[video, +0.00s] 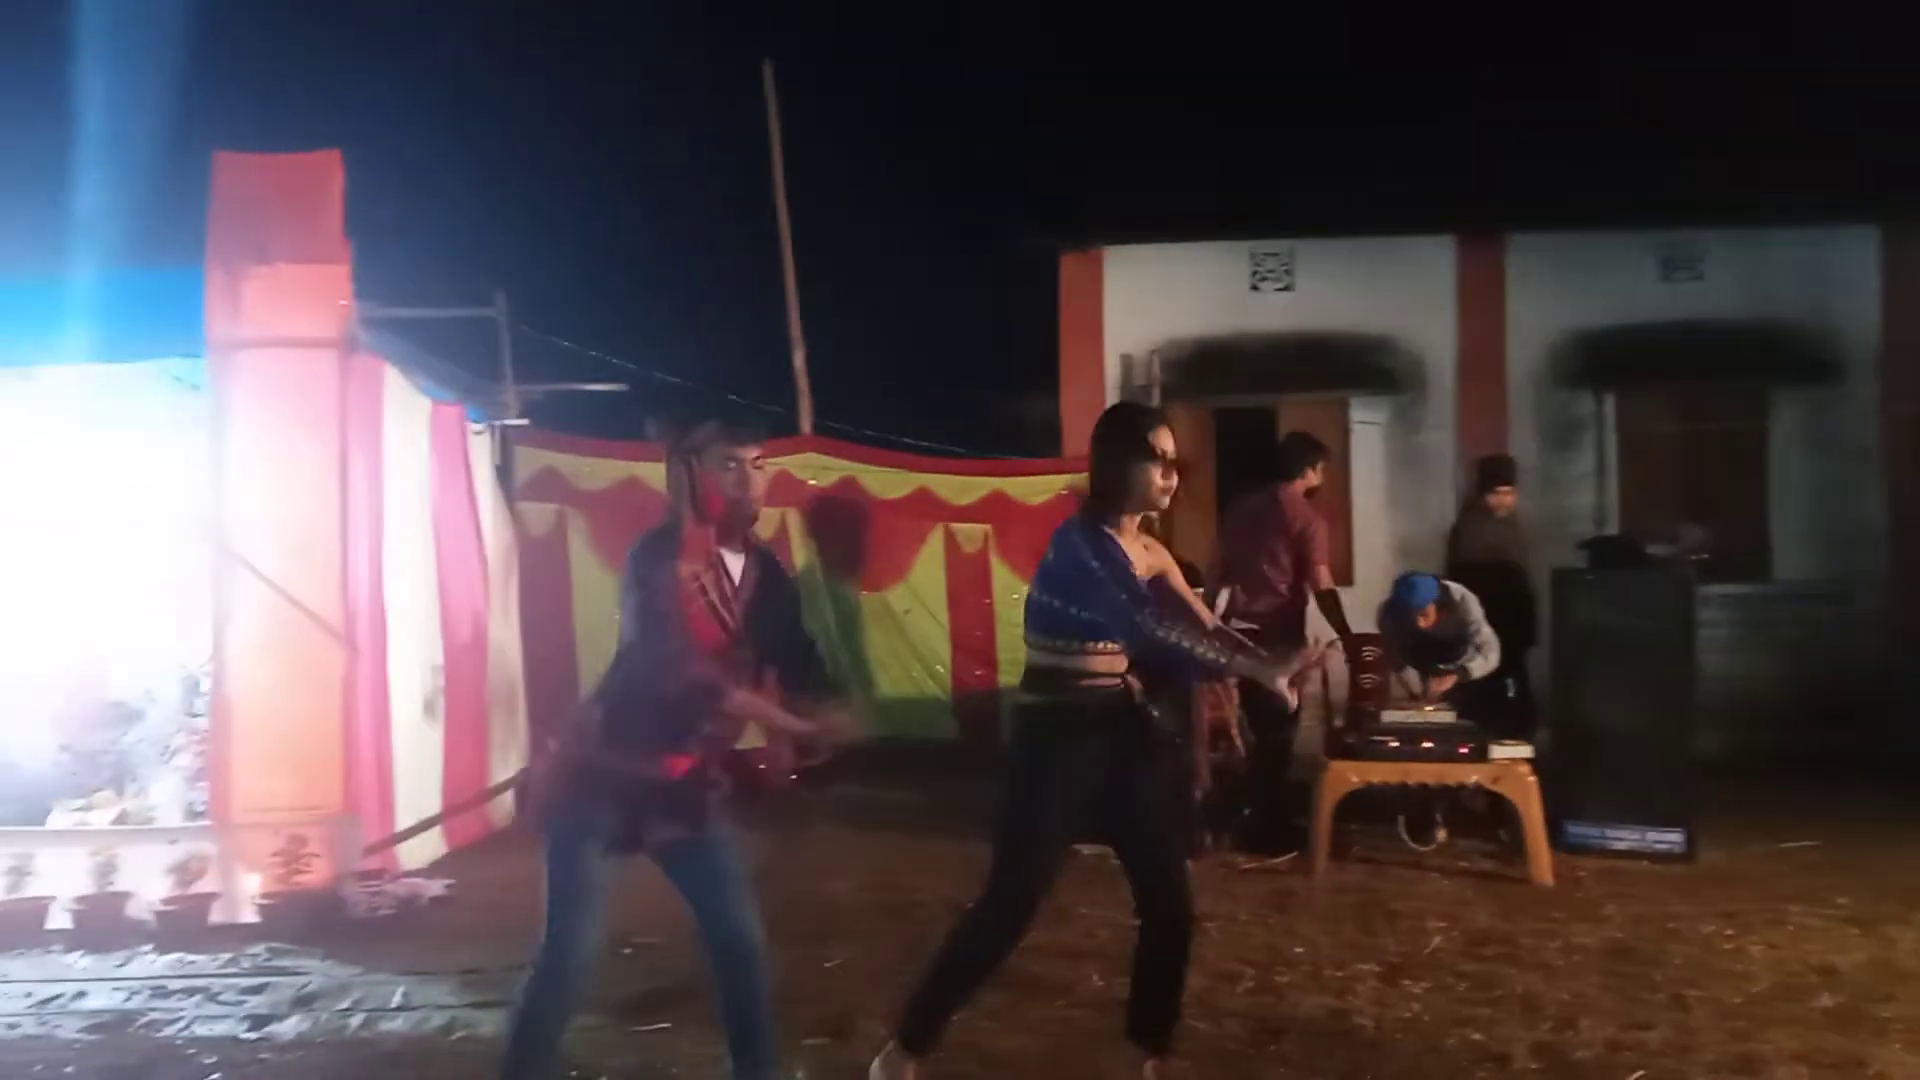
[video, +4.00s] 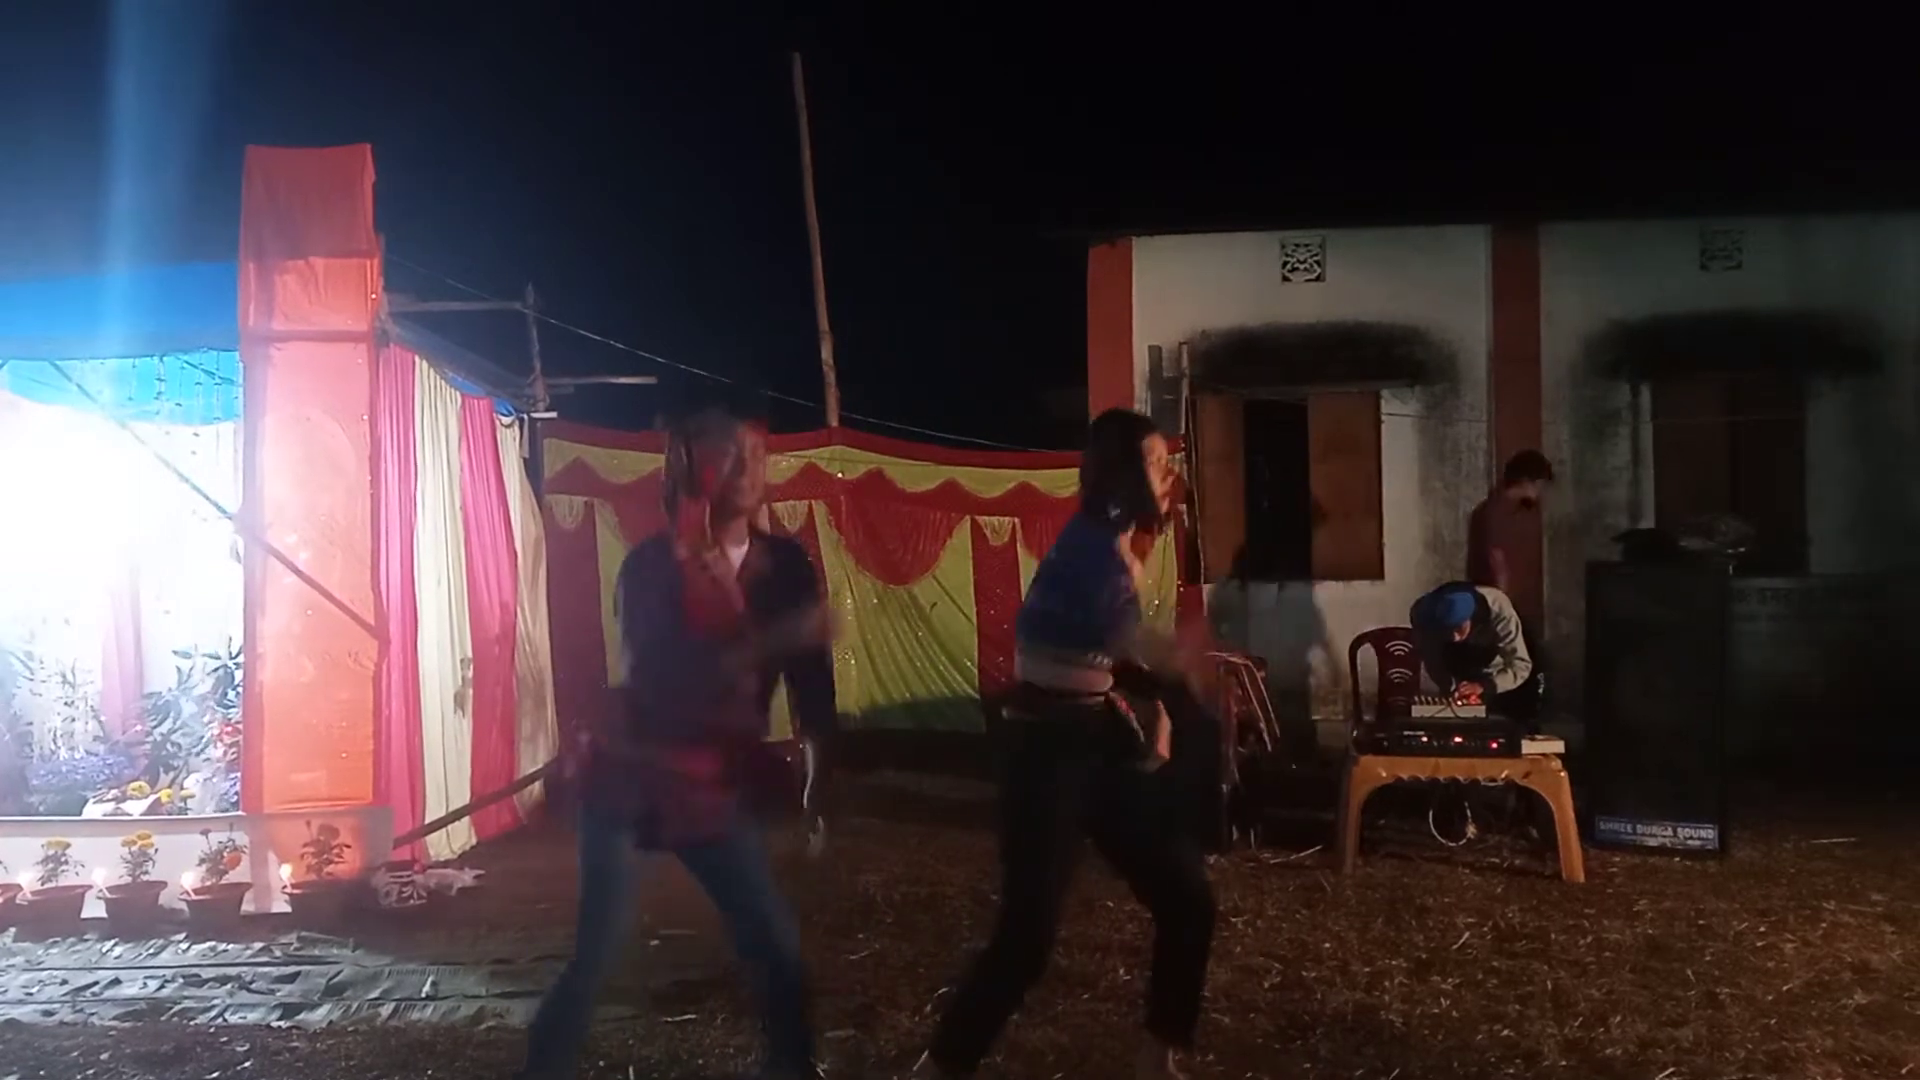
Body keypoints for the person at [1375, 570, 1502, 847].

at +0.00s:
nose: (1421, 623)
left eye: (1426, 615)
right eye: (1415, 617)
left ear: (1438, 603)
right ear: (1403, 609)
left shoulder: (1462, 601)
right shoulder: (1390, 615)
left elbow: (1489, 652)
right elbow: (1396, 661)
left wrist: (1455, 677)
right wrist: (1423, 689)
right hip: (1420, 675)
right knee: (1423, 739)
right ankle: (1428, 815)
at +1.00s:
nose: (1457, 624)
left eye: (1461, 616)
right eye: (1451, 617)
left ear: (1473, 603)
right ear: (1440, 609)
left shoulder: (1498, 593)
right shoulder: (1425, 606)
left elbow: (1527, 645)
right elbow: (1436, 654)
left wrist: (1486, 667)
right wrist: (1459, 682)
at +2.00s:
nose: (1457, 630)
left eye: (1462, 622)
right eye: (1451, 623)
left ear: (1472, 611)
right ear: (1441, 619)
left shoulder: (1499, 602)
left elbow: (1525, 659)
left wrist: (1488, 681)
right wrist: (1458, 682)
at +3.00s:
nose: (1453, 637)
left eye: (1458, 629)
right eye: (1447, 632)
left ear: (1469, 618)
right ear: (1435, 622)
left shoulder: (1497, 607)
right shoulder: (1419, 613)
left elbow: (1520, 663)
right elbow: (1430, 659)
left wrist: (1483, 685)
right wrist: (1449, 687)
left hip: (1486, 657)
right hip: (1444, 659)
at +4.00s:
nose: (1456, 638)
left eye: (1460, 631)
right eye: (1450, 633)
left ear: (1470, 619)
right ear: (1438, 624)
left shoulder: (1498, 608)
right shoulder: (1422, 613)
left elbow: (1521, 664)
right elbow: (1432, 660)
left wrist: (1484, 686)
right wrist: (1449, 688)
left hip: (1488, 649)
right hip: (1449, 652)